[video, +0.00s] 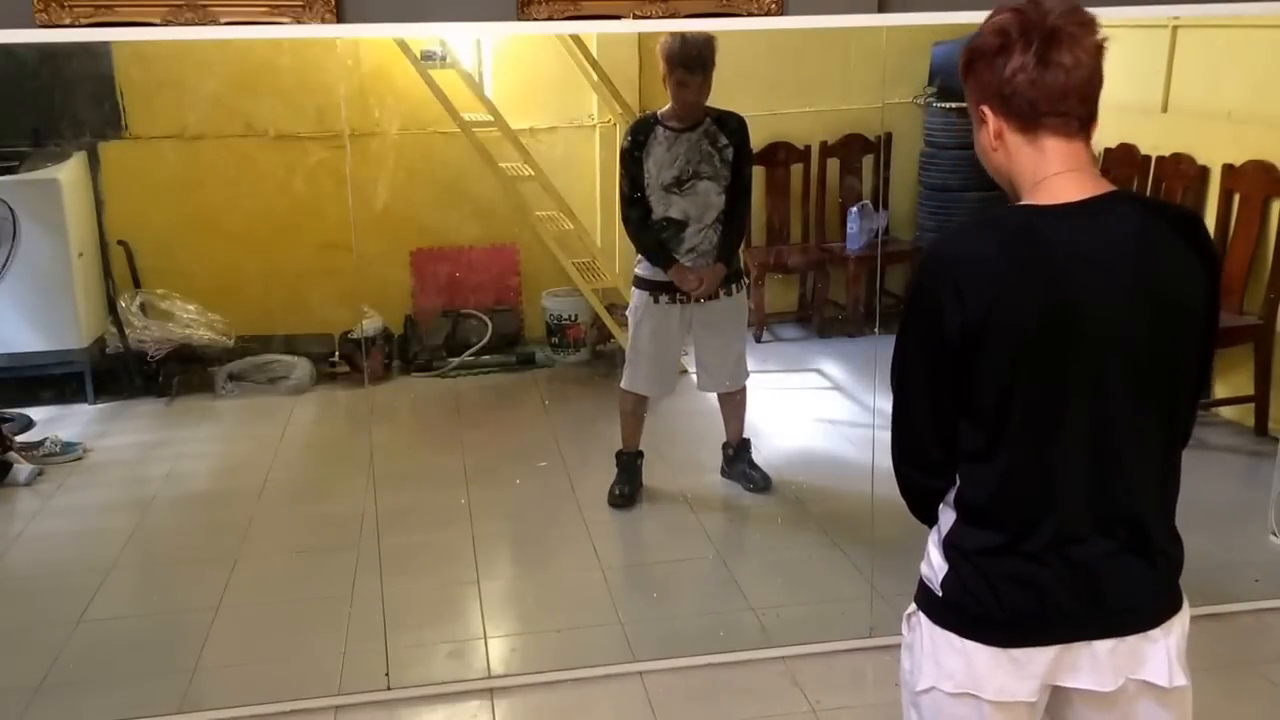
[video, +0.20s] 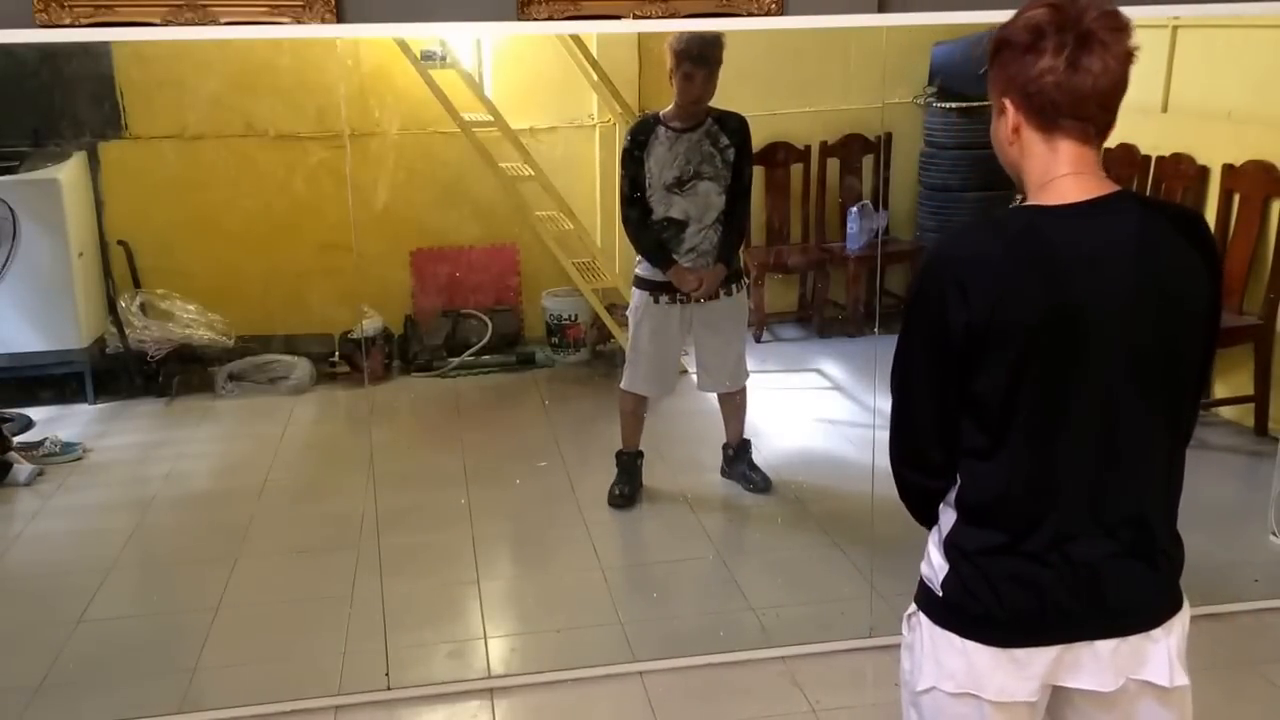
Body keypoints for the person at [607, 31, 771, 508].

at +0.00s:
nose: (689, 90)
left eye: (697, 80)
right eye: (680, 80)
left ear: (710, 77)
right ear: (665, 77)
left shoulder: (732, 129)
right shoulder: (640, 135)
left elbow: (740, 204)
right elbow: (632, 212)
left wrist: (721, 262)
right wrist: (672, 266)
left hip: (720, 279)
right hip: (656, 281)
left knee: (731, 373)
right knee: (638, 378)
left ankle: (736, 456)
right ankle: (628, 465)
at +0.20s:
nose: (693, 80)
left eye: (703, 72)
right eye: (685, 71)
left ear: (717, 75)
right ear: (672, 70)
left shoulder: (734, 129)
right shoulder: (642, 134)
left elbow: (740, 204)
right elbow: (631, 211)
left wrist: (721, 263)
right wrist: (670, 268)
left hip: (720, 280)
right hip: (656, 281)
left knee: (731, 374)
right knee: (638, 379)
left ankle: (736, 456)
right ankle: (628, 466)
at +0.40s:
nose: (694, 85)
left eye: (703, 76)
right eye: (686, 75)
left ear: (717, 76)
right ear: (672, 71)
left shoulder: (734, 129)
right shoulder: (642, 134)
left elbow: (740, 204)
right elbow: (631, 212)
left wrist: (722, 263)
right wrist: (671, 268)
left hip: (720, 280)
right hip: (657, 281)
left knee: (730, 375)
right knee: (638, 379)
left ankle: (736, 456)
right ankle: (628, 465)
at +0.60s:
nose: (691, 83)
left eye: (699, 73)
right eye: (682, 73)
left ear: (713, 74)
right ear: (668, 72)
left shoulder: (732, 129)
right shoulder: (640, 135)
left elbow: (740, 204)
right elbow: (631, 214)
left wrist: (722, 264)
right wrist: (671, 270)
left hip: (720, 280)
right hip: (657, 281)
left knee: (730, 374)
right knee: (637, 380)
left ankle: (736, 456)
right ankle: (628, 466)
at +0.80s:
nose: (690, 78)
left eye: (698, 68)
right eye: (681, 69)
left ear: (711, 72)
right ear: (665, 72)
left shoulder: (731, 129)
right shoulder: (639, 135)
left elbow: (739, 204)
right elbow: (631, 212)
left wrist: (723, 264)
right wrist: (666, 269)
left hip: (719, 280)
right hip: (657, 281)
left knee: (730, 374)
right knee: (637, 380)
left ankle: (736, 456)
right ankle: (628, 466)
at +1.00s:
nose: (692, 77)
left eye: (700, 67)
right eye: (682, 68)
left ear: (711, 71)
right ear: (665, 71)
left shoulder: (731, 129)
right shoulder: (640, 135)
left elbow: (739, 205)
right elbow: (631, 212)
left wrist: (723, 264)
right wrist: (666, 269)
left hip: (719, 279)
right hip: (657, 280)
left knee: (730, 373)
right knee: (638, 378)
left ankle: (736, 456)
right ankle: (628, 465)